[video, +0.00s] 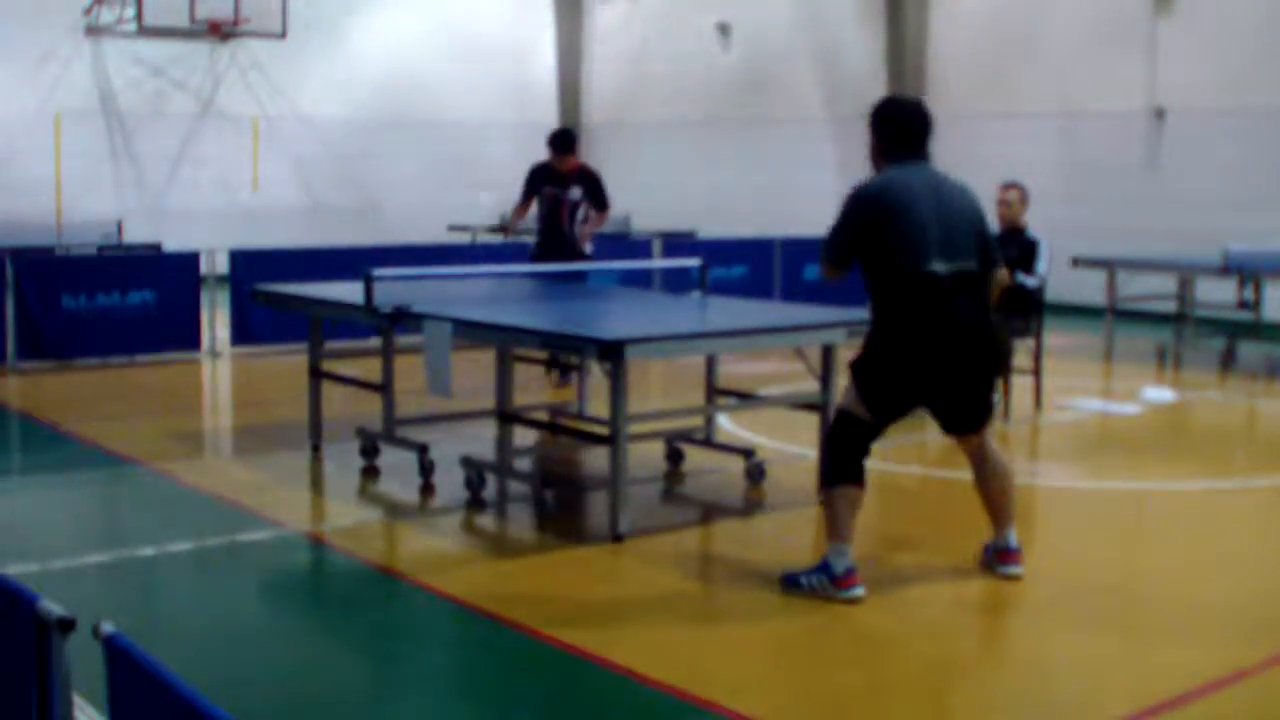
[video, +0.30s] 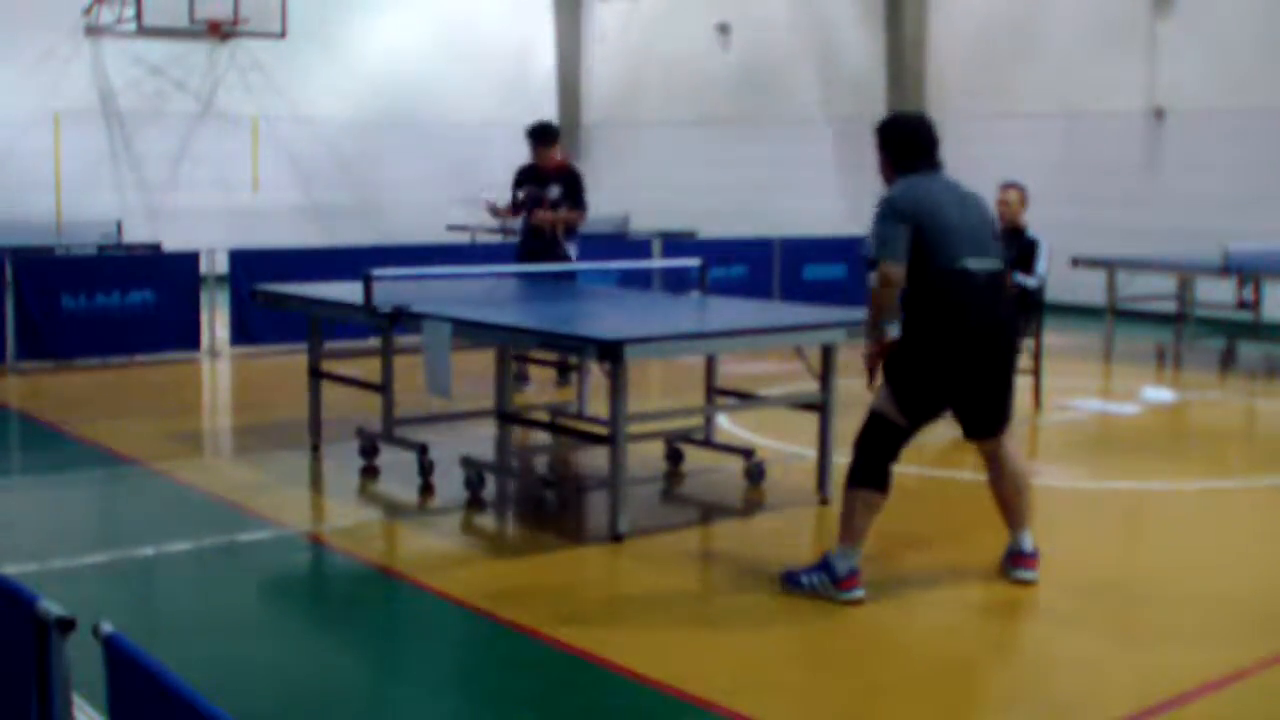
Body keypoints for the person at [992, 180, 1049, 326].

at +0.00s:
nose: (1003, 211)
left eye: (1009, 205)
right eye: (1000, 204)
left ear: (1023, 207)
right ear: (996, 205)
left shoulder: (1035, 244)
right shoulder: (991, 242)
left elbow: (1038, 281)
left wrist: (1013, 277)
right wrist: (993, 277)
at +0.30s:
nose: (1002, 209)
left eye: (1008, 204)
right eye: (1000, 203)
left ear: (1022, 206)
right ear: (996, 204)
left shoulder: (1034, 243)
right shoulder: (990, 239)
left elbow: (1036, 282)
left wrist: (1013, 277)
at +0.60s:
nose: (1002, 209)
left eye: (1008, 204)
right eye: (1000, 204)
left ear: (1021, 207)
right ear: (996, 205)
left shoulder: (1034, 244)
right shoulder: (987, 242)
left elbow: (1037, 281)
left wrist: (1012, 277)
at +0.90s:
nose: (1003, 209)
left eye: (1008, 203)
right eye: (1000, 203)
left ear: (1022, 206)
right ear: (996, 205)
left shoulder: (1034, 242)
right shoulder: (988, 240)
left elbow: (1037, 280)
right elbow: (974, 263)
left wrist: (1010, 276)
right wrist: (991, 273)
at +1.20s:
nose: (1002, 209)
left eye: (1008, 203)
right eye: (1000, 202)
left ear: (1021, 206)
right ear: (995, 204)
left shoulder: (1033, 241)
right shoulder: (987, 240)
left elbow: (1036, 280)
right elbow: (971, 269)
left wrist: (1010, 276)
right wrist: (990, 272)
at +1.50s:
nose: (999, 203)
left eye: (1006, 197)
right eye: (998, 197)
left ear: (1021, 200)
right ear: (994, 198)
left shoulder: (1032, 235)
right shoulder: (986, 234)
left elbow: (1036, 274)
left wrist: (1009, 270)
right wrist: (988, 264)